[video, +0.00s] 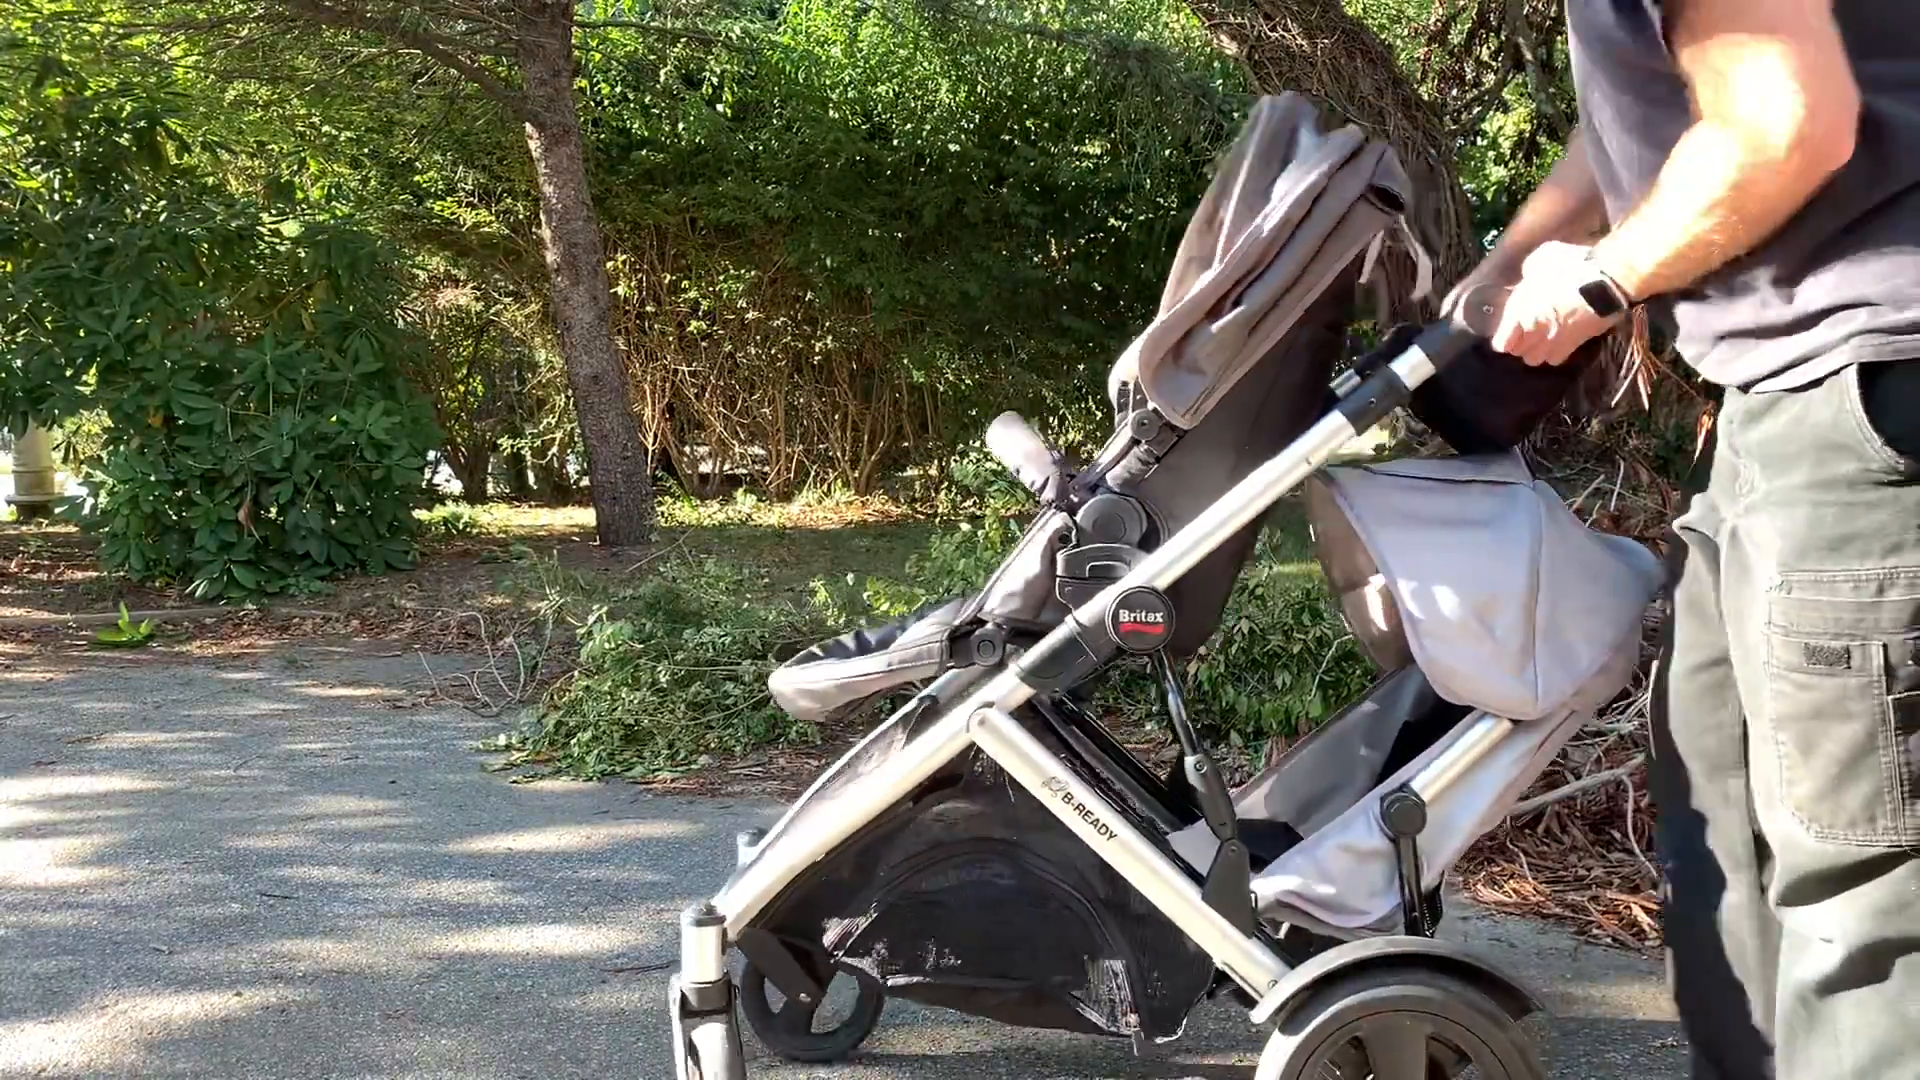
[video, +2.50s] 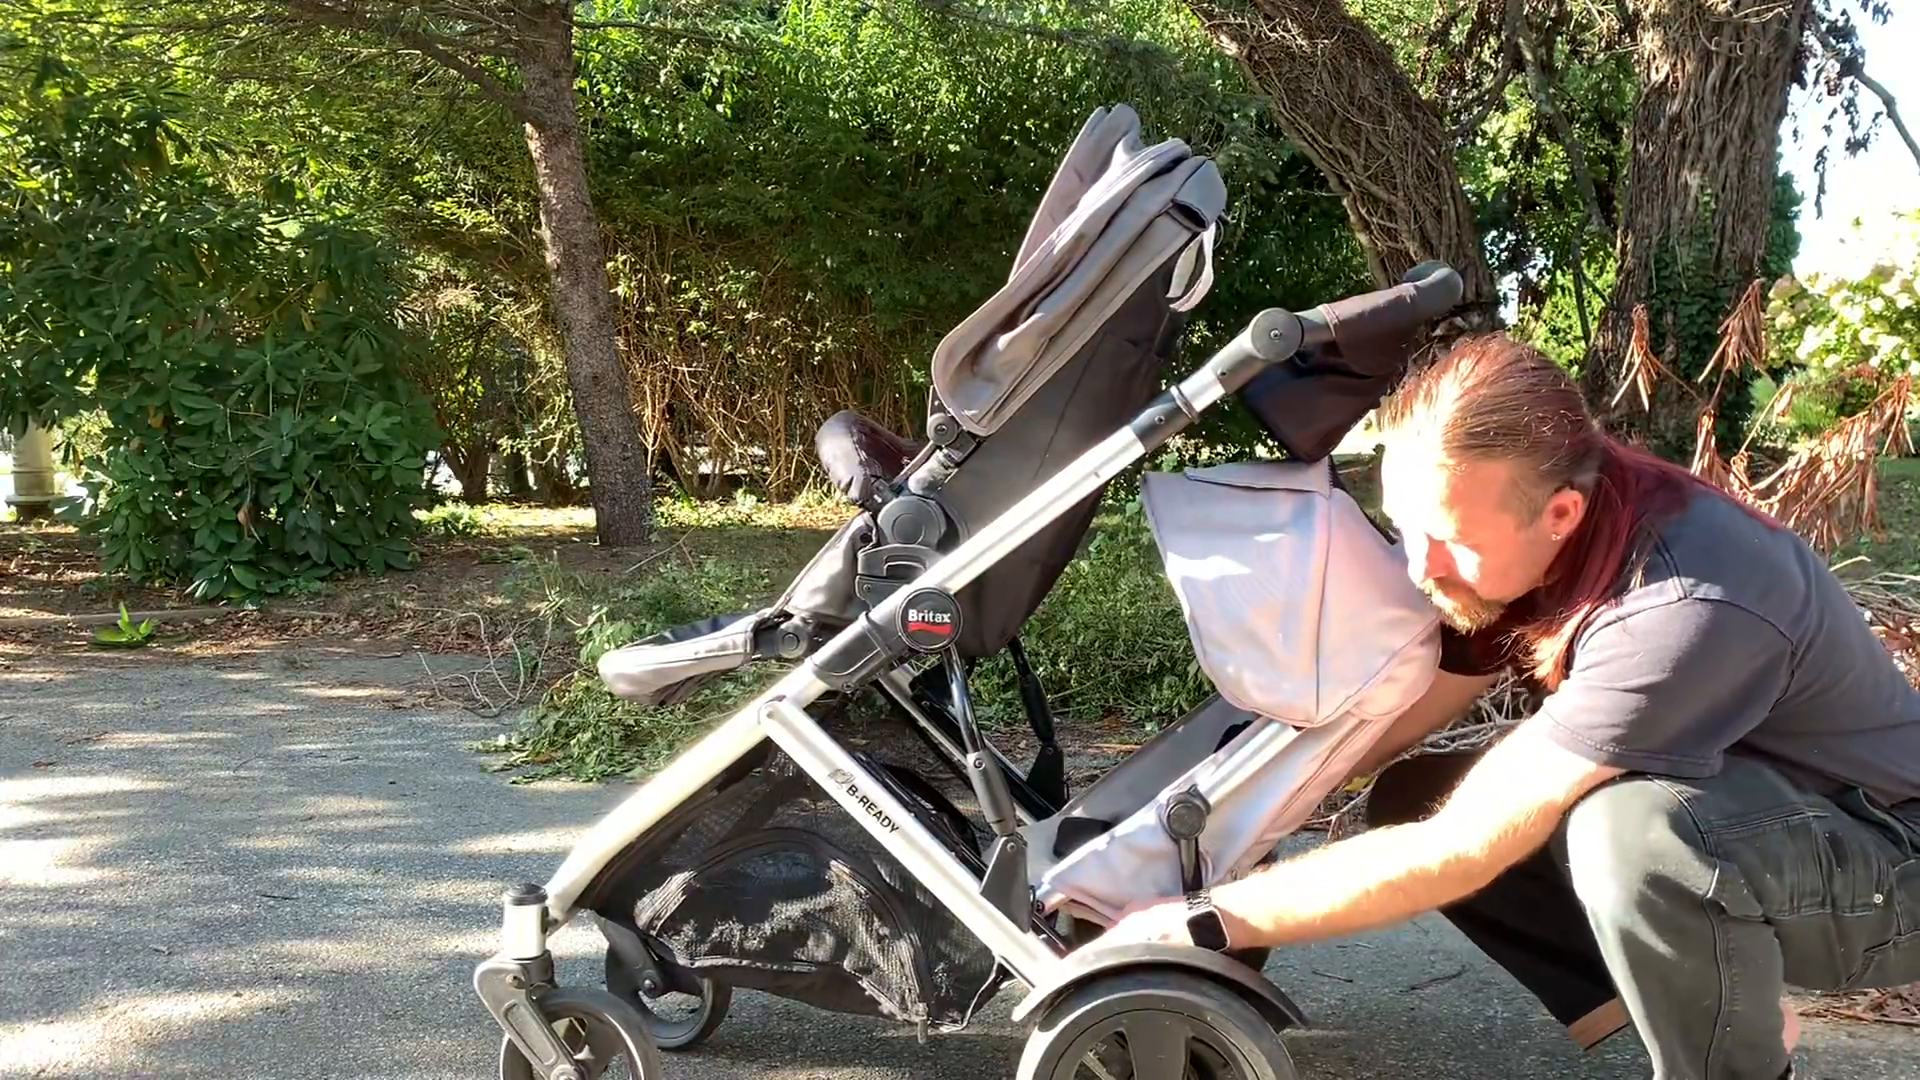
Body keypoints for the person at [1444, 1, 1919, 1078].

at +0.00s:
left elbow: (1787, 119)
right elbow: (1647, 106)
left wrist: (1599, 277)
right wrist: (1510, 265)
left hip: (1859, 376)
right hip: (1766, 383)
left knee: (1858, 881)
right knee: (1721, 834)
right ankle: (1748, 1059)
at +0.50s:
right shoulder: (1525, 9)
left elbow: (1663, 139)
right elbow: (1526, 126)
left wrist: (1396, 275)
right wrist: (1367, 252)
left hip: (1779, 354)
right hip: (1665, 365)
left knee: (1749, 795)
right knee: (1636, 776)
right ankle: (1640, 1048)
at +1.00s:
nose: (1430, 90)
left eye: (1446, 47)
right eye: (1401, 59)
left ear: (1517, 0)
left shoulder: (1678, 30)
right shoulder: (1495, 64)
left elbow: (1739, 336)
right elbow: (1542, 202)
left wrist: (1451, 434)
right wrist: (1447, 325)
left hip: (1853, 371)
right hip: (1679, 392)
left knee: (1778, 786)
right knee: (1582, 705)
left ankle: (1762, 1059)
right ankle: (1620, 1048)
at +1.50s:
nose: (1462, 329)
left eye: (1488, 303)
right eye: (1451, 297)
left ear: (1609, 264)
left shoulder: (1727, 420)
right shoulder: (1577, 311)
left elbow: (1506, 729)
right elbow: (1509, 460)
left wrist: (1262, 846)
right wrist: (1372, 657)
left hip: (1861, 646)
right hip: (1698, 621)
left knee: (1663, 821)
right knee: (1461, 792)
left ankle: (1737, 1053)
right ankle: (1680, 1031)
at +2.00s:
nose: (1445, 554)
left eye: (1480, 531)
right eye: (1434, 520)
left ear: (1589, 511)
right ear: (1422, 470)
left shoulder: (1704, 613)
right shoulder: (1544, 527)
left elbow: (1463, 863)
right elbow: (1388, 721)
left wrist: (1202, 927)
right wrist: (1195, 837)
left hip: (1878, 844)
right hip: (1714, 789)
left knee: (1636, 841)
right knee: (1402, 815)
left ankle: (1731, 1062)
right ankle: (1630, 1008)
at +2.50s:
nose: (1422, 564)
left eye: (1453, 537)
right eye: (1409, 532)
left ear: (1563, 518)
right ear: (1397, 492)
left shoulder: (1687, 608)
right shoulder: (1533, 539)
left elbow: (1462, 852)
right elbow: (1373, 722)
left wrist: (1200, 924)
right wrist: (1181, 842)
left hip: (1881, 843)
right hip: (1718, 781)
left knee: (1631, 833)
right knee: (1413, 798)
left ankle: (1728, 1062)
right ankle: (1646, 1021)